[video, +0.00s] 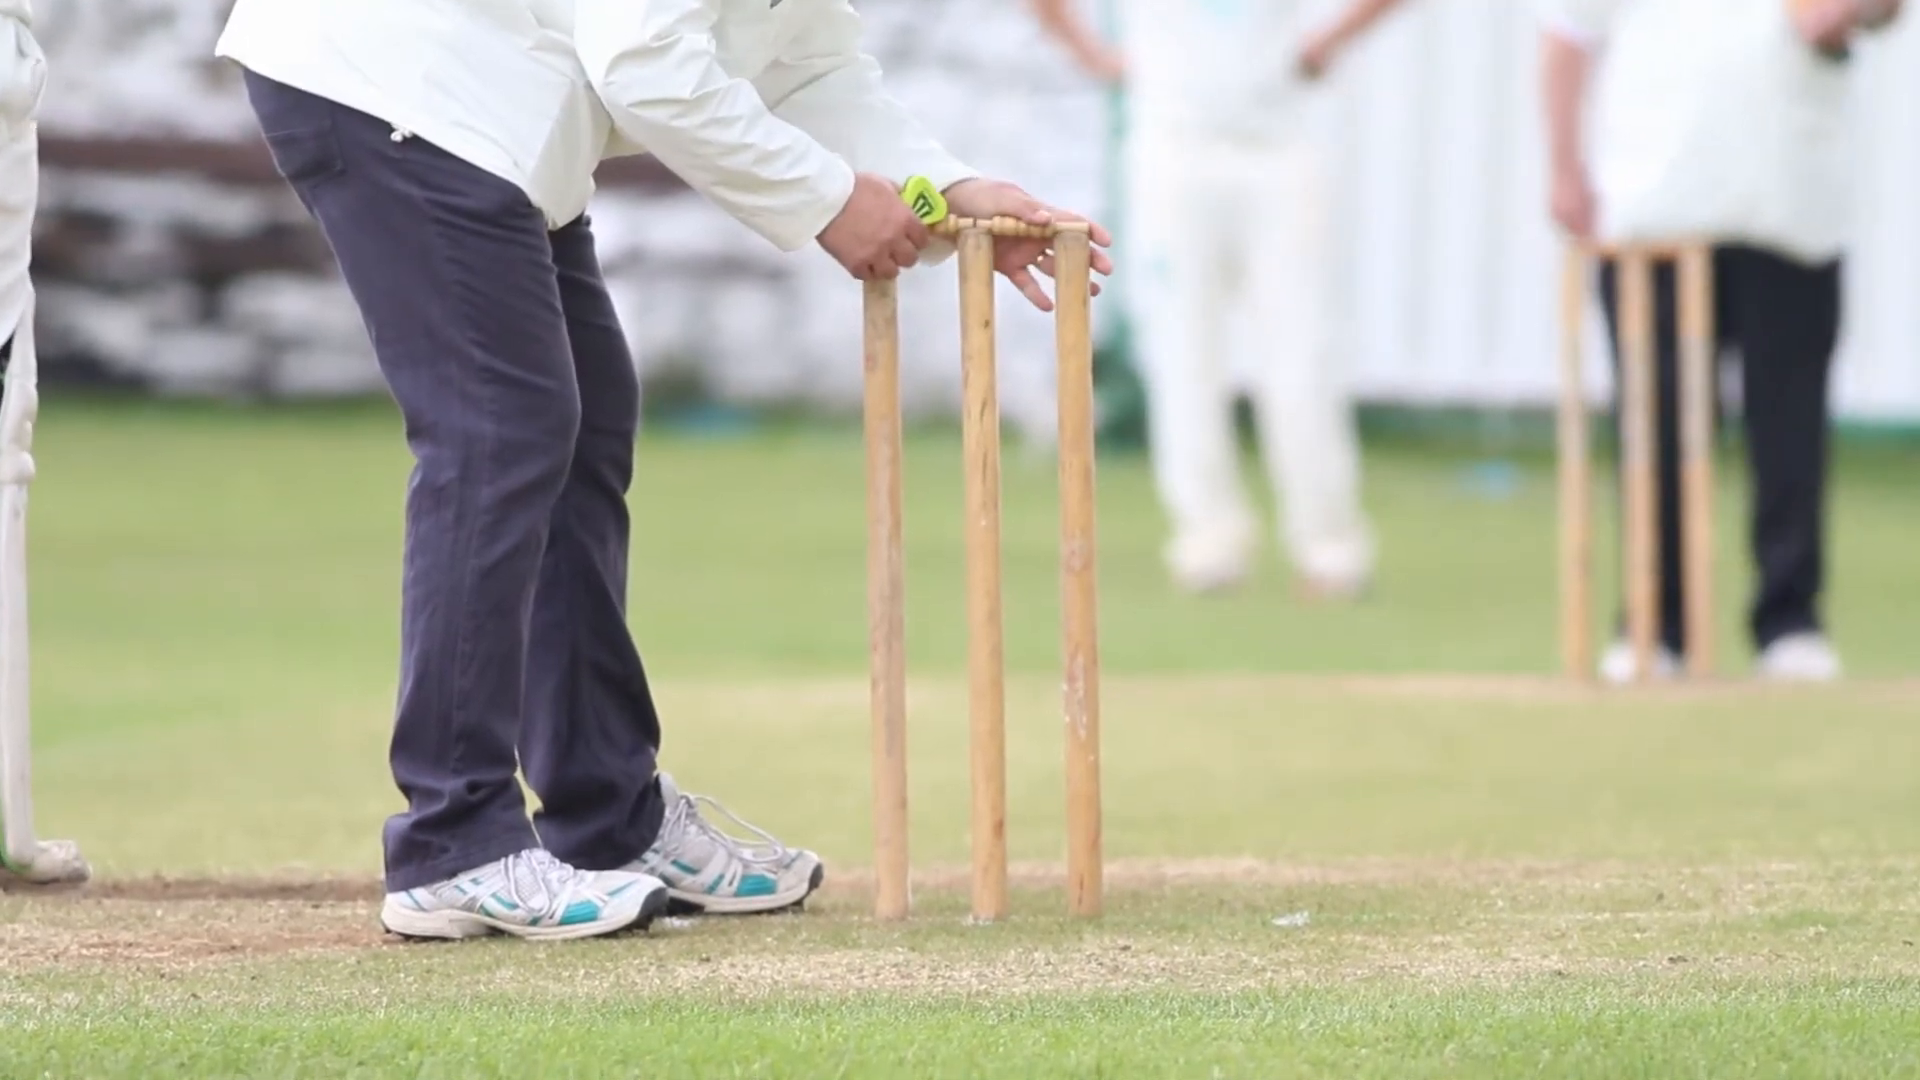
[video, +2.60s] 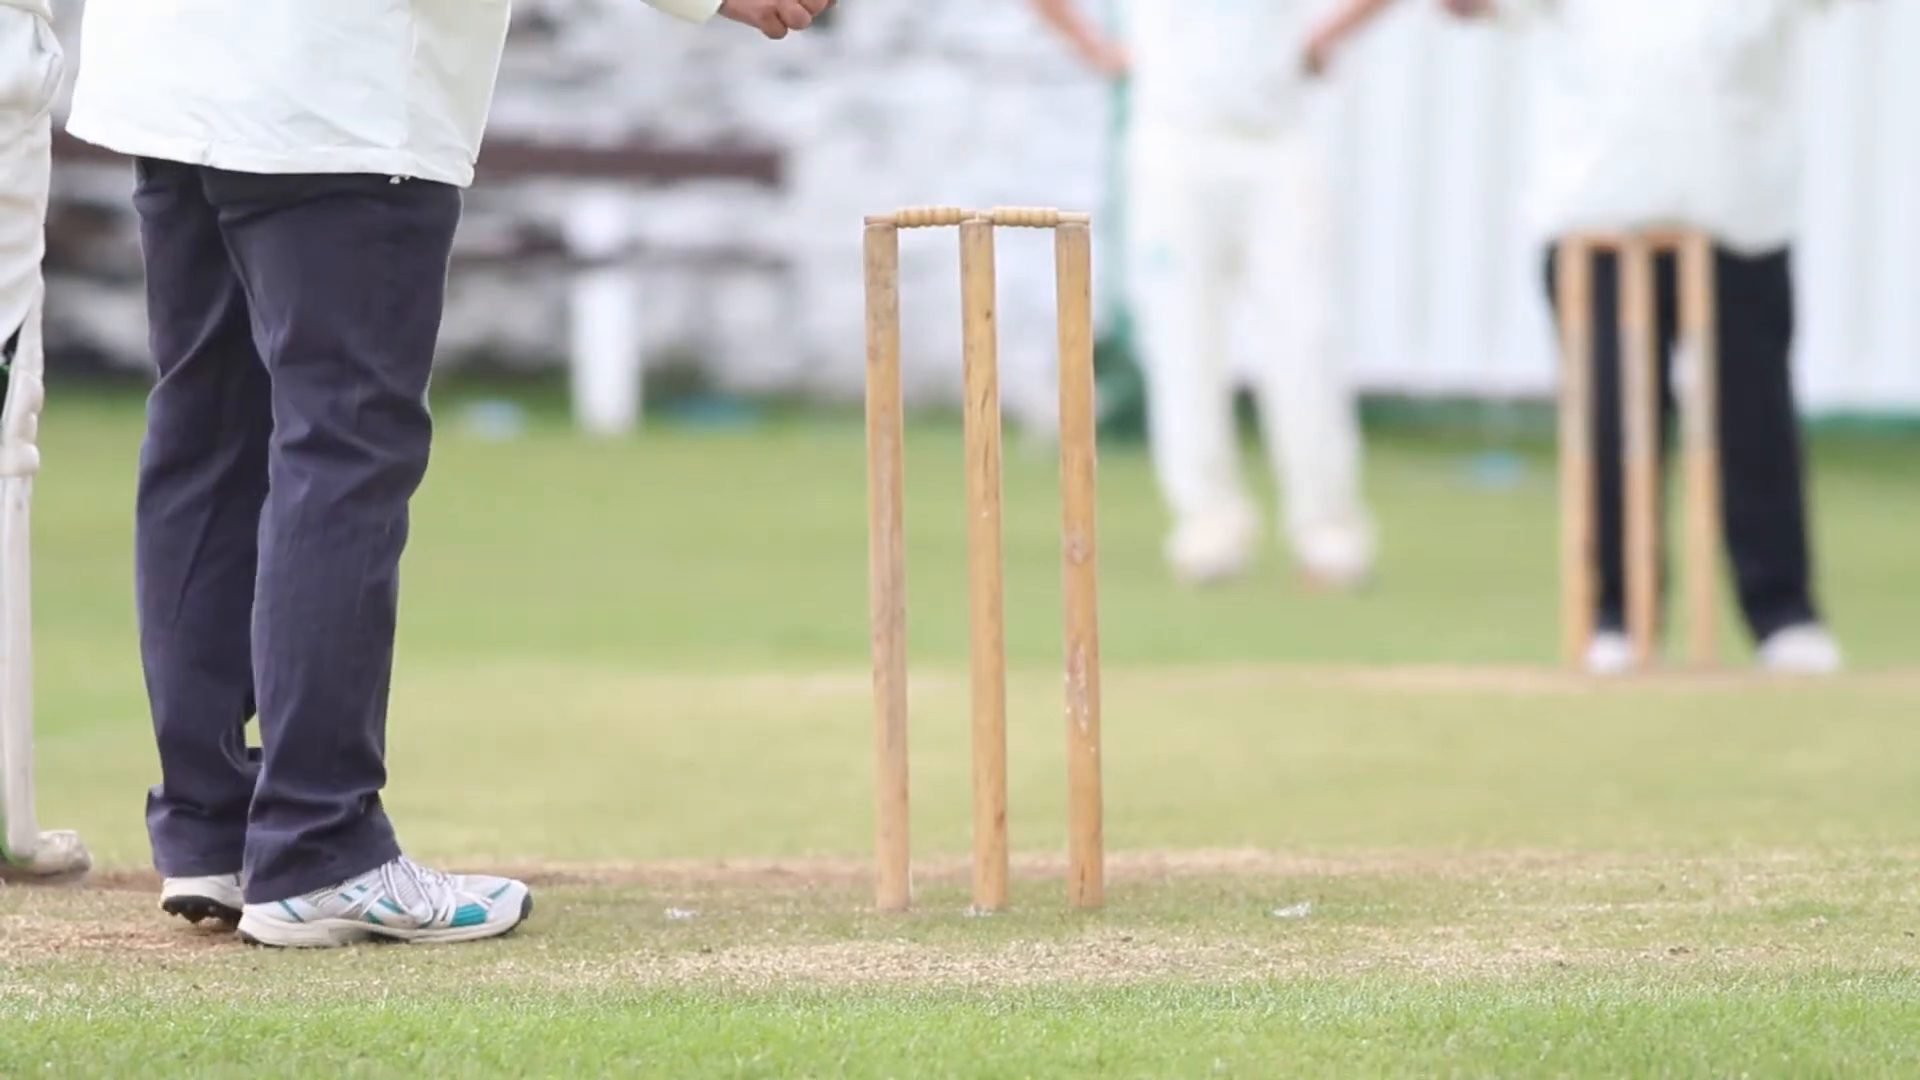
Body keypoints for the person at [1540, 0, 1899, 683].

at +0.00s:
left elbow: (1889, 9)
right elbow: (1568, 28)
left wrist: (1848, 13)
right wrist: (1567, 169)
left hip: (1794, 202)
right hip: (1650, 202)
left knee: (1789, 439)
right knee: (1655, 440)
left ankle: (1791, 629)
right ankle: (1655, 635)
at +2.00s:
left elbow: (1862, 7)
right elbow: (1541, 20)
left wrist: (1813, 8)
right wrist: (1524, 158)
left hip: (1759, 189)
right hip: (1619, 186)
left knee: (1765, 418)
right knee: (1624, 422)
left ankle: (1787, 619)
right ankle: (1619, 623)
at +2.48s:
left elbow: (1842, 7)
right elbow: (1498, 6)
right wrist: (1472, 67)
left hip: (1736, 188)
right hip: (1597, 189)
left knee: (1757, 420)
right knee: (1614, 425)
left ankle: (1786, 621)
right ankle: (1615, 624)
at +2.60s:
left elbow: (1819, 12)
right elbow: (1517, 12)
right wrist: (1473, 6)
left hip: (1738, 201)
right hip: (1597, 200)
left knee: (1758, 428)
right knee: (1615, 428)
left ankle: (1786, 619)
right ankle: (1616, 623)